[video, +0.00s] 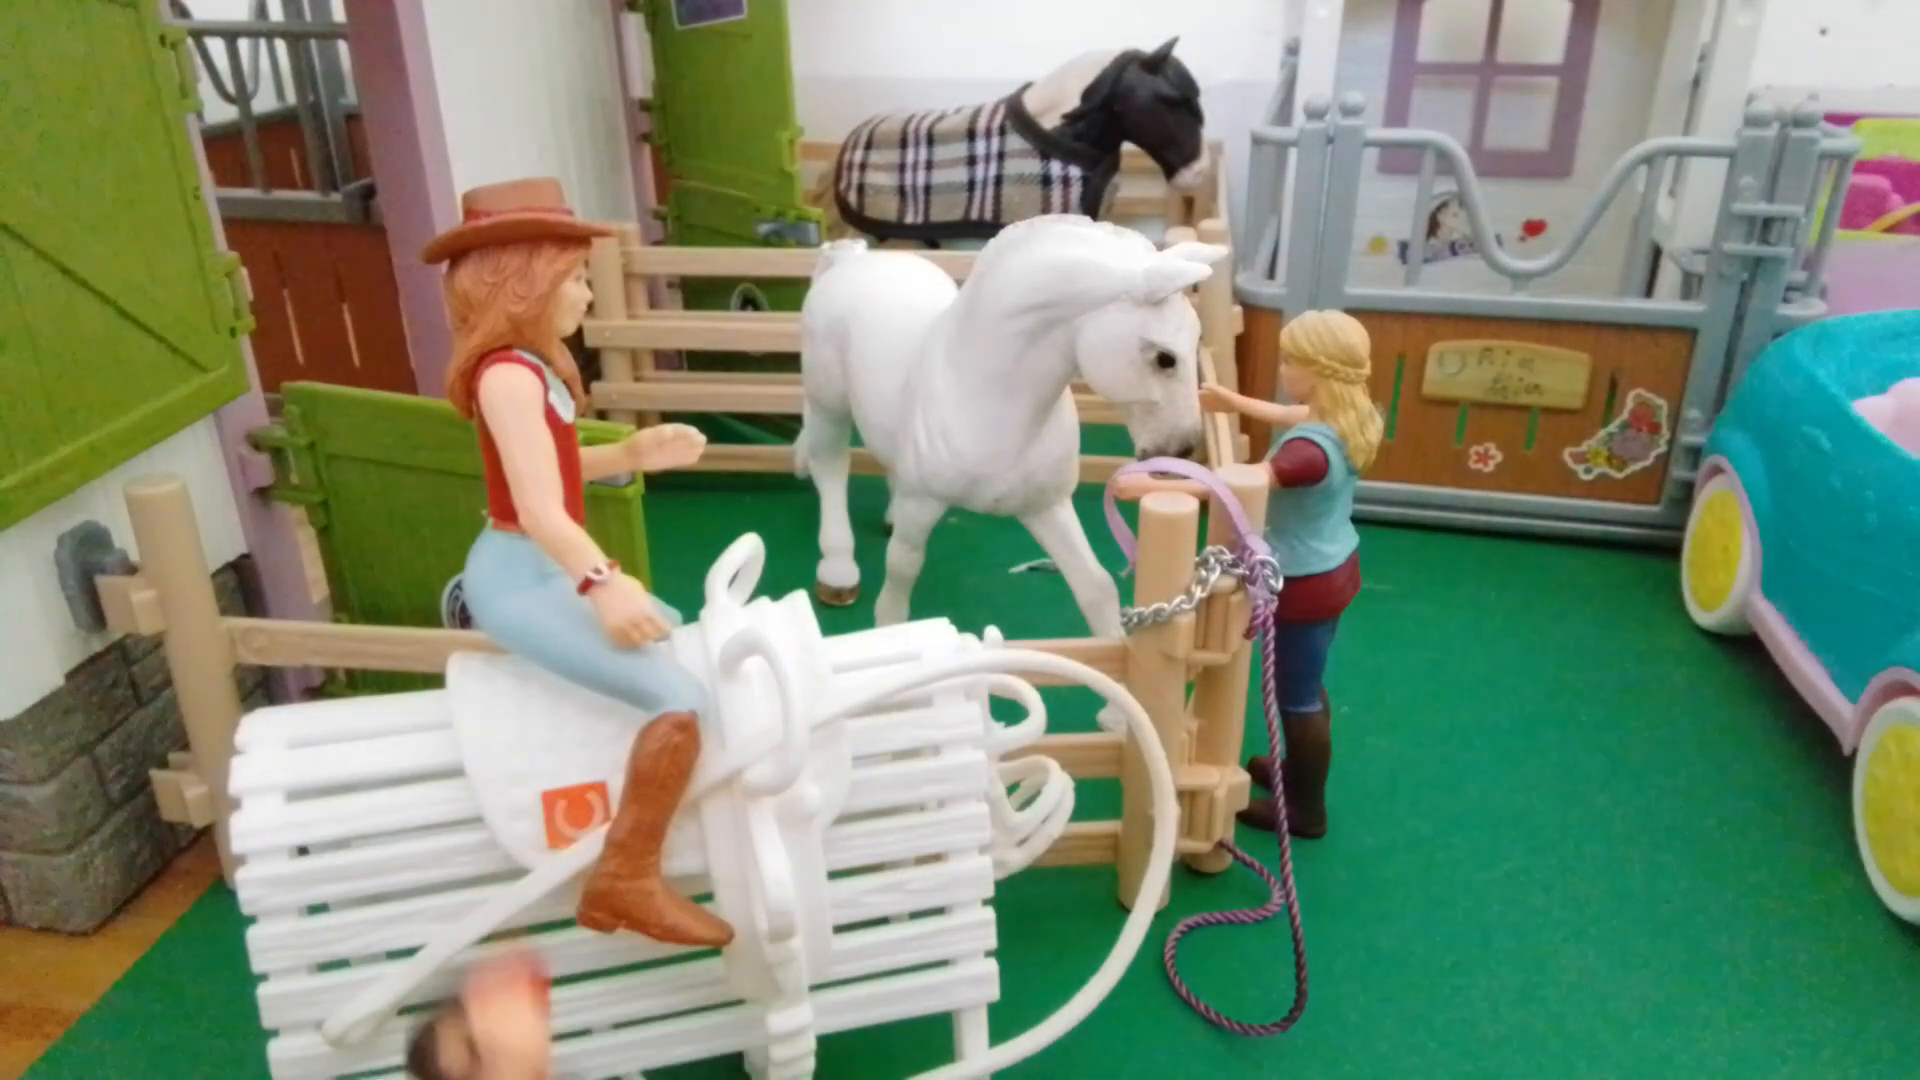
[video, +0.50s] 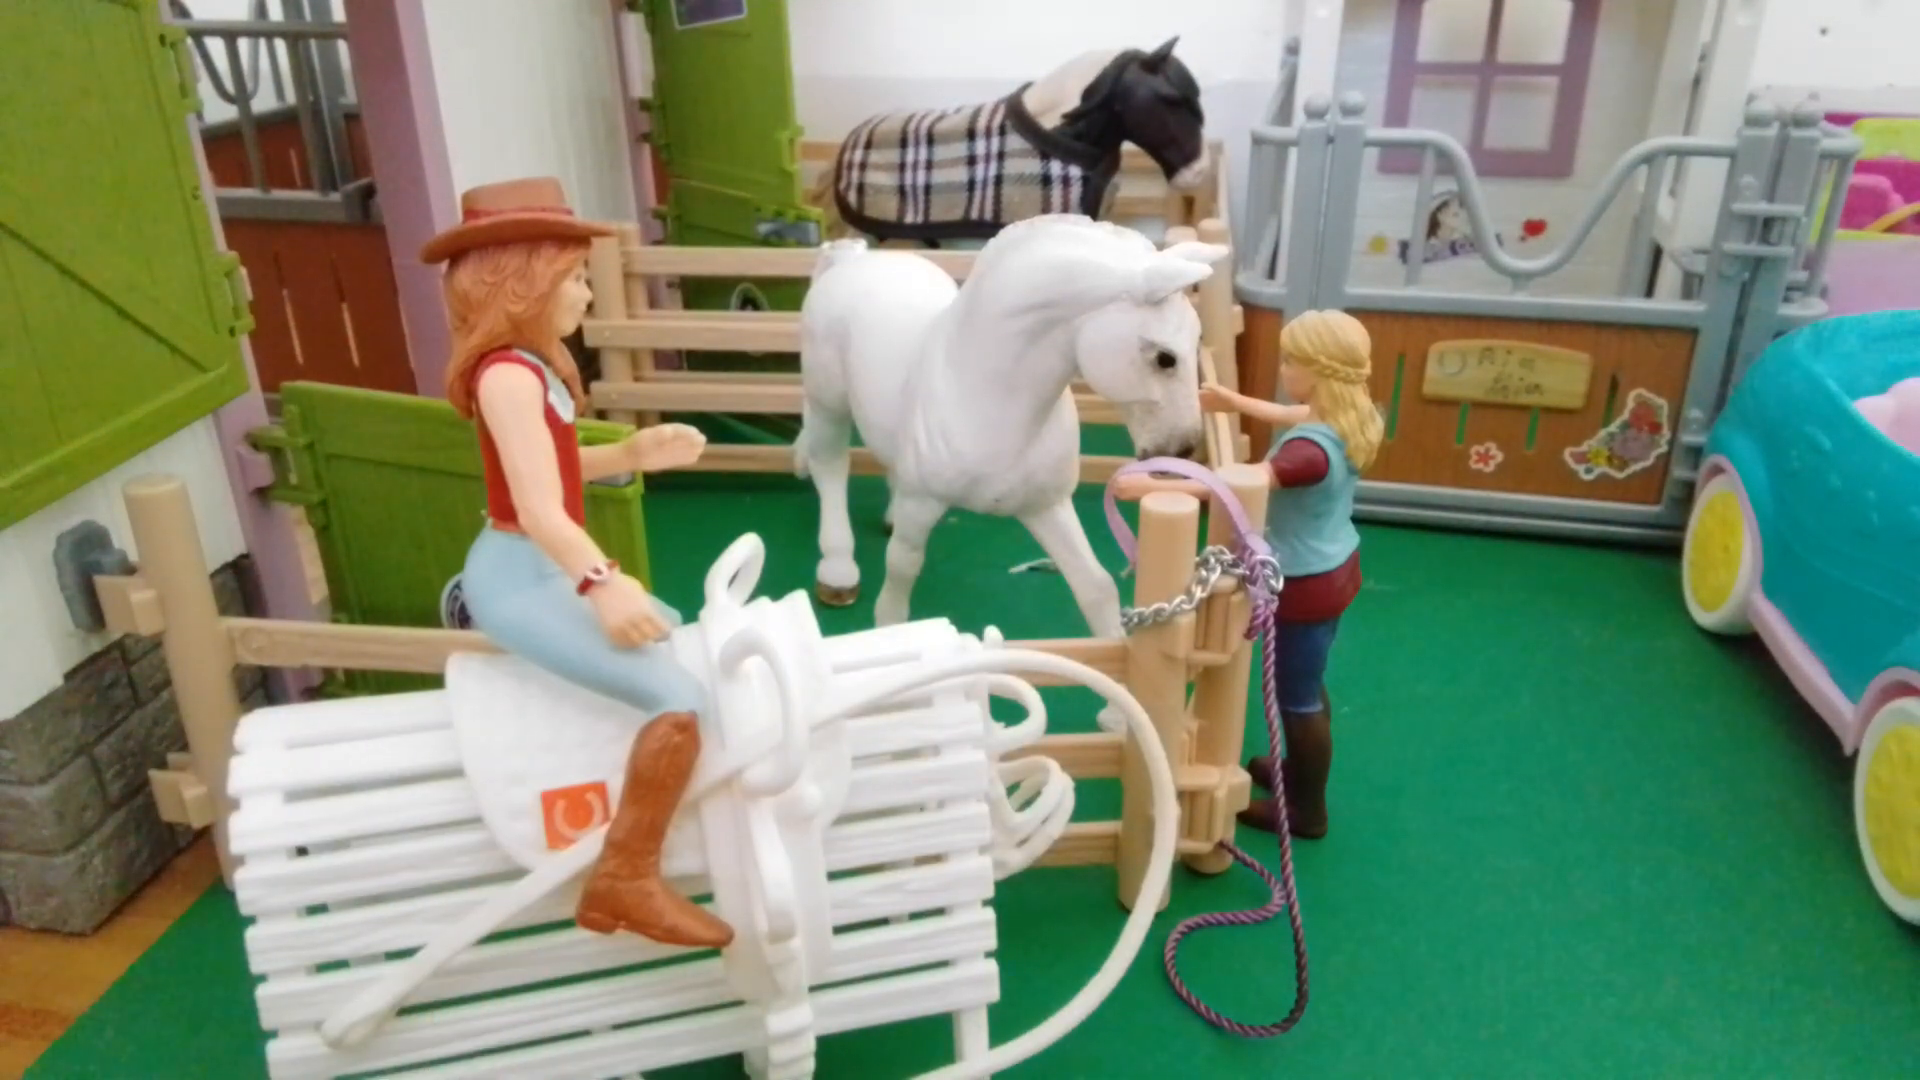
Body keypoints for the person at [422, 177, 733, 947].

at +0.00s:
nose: (588, 293)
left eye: (585, 277)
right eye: (576, 278)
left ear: (531, 288)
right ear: (528, 285)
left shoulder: (536, 369)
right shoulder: (509, 377)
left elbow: (552, 469)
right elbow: (536, 512)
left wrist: (634, 454)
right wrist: (605, 583)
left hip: (551, 563)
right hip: (517, 577)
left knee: (704, 656)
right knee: (682, 696)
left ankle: (636, 872)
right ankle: (625, 879)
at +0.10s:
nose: (587, 292)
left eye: (584, 276)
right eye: (575, 277)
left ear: (531, 288)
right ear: (527, 285)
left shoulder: (538, 369)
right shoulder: (509, 377)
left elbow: (553, 469)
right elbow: (536, 513)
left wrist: (635, 454)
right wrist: (604, 583)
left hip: (552, 563)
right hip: (515, 576)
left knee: (706, 655)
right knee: (682, 694)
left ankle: (636, 870)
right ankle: (625, 879)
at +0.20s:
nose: (587, 293)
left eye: (584, 277)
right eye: (575, 278)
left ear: (532, 288)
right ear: (527, 285)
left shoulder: (537, 369)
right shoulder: (509, 377)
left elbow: (553, 469)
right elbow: (536, 513)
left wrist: (634, 454)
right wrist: (604, 583)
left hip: (551, 564)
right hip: (515, 577)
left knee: (705, 656)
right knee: (682, 695)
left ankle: (637, 873)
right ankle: (624, 879)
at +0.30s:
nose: (587, 293)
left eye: (584, 277)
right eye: (575, 278)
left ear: (530, 288)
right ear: (526, 286)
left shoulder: (537, 369)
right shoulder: (509, 377)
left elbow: (552, 469)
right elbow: (536, 512)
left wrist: (634, 454)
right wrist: (604, 583)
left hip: (552, 563)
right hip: (515, 576)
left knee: (705, 655)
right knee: (681, 695)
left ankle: (636, 870)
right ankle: (624, 879)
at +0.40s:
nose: (587, 293)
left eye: (585, 277)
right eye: (575, 278)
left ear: (531, 288)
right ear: (527, 285)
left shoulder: (538, 369)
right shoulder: (509, 377)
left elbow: (553, 469)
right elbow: (537, 513)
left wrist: (634, 454)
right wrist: (604, 583)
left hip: (551, 563)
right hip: (515, 576)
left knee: (704, 656)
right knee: (681, 694)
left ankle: (636, 871)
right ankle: (625, 879)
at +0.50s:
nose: (587, 293)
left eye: (584, 277)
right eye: (575, 278)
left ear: (531, 288)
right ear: (527, 286)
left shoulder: (538, 369)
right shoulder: (509, 377)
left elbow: (553, 469)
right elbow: (536, 512)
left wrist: (634, 454)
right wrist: (604, 583)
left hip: (551, 563)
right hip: (515, 576)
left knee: (705, 656)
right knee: (681, 694)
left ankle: (636, 871)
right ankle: (625, 879)